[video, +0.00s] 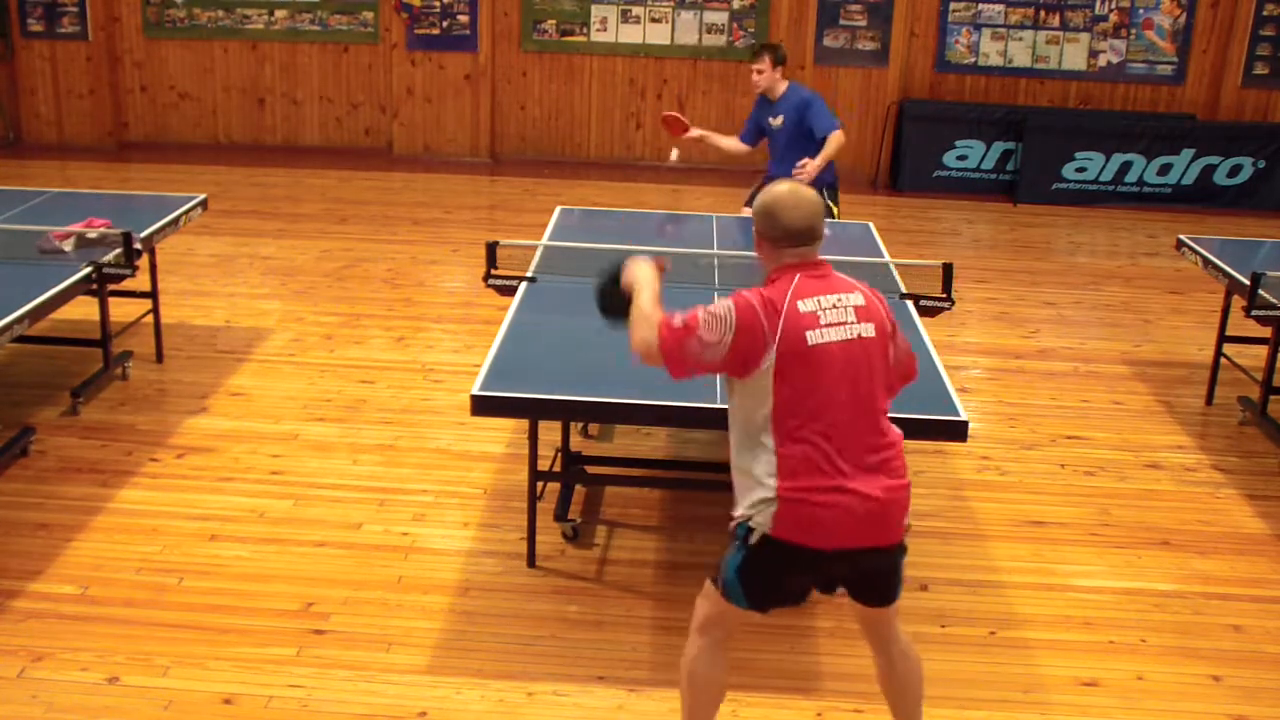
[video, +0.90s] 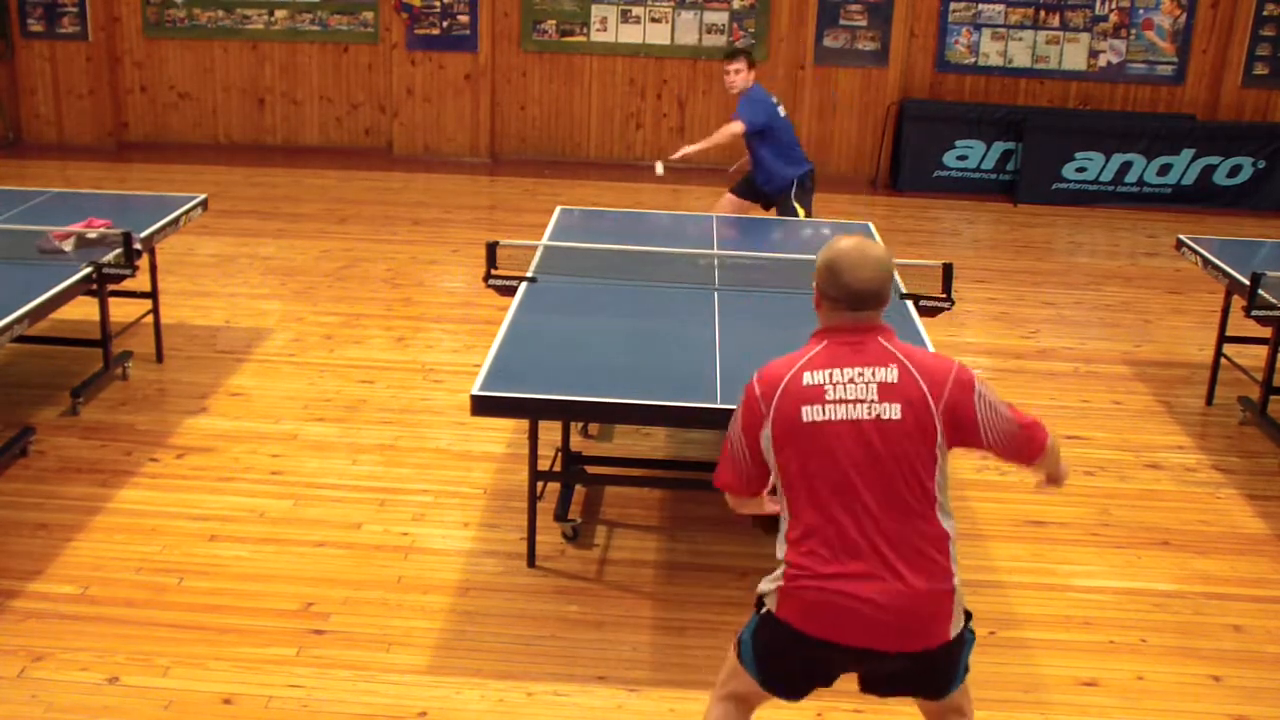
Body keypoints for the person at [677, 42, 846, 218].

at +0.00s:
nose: (754, 78)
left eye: (760, 72)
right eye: (752, 72)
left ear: (778, 72)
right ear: (750, 71)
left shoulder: (806, 99)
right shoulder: (763, 103)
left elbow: (837, 137)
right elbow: (743, 145)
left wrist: (816, 165)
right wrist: (703, 135)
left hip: (815, 185)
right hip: (777, 183)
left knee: (822, 241)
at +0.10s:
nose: (758, 69)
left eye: (765, 63)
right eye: (755, 62)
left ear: (781, 65)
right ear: (750, 62)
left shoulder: (806, 91)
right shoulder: (750, 104)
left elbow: (835, 127)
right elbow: (746, 150)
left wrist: (823, 145)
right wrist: (726, 141)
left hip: (803, 177)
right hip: (762, 177)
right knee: (740, 221)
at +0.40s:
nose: (788, 41)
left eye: (794, 35)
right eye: (782, 34)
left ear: (804, 39)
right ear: (773, 38)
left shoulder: (821, 74)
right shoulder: (759, 74)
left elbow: (830, 107)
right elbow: (744, 116)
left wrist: (828, 140)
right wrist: (756, 119)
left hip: (794, 155)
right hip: (755, 152)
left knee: (807, 213)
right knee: (739, 213)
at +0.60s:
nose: (778, 39)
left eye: (784, 32)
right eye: (773, 32)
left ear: (794, 36)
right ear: (765, 36)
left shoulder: (815, 72)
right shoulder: (750, 72)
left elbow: (832, 107)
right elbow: (739, 107)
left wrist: (816, 135)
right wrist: (742, 128)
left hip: (800, 153)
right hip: (761, 151)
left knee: (811, 211)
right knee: (738, 206)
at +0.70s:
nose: (765, 54)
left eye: (771, 48)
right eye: (760, 48)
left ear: (782, 50)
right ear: (754, 51)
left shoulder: (800, 85)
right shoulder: (745, 90)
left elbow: (820, 127)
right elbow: (741, 126)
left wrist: (786, 149)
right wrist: (730, 154)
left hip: (796, 169)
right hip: (759, 167)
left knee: (815, 225)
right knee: (732, 211)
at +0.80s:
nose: (746, 70)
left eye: (752, 64)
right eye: (741, 64)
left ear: (764, 65)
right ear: (736, 67)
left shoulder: (777, 95)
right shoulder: (749, 98)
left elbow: (779, 137)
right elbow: (753, 139)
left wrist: (737, 148)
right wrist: (737, 167)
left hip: (794, 175)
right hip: (763, 170)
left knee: (801, 236)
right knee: (729, 210)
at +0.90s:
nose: (731, 79)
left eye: (737, 72)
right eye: (727, 74)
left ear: (752, 74)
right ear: (723, 75)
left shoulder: (755, 99)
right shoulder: (755, 96)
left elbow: (734, 130)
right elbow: (771, 135)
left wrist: (694, 148)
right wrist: (750, 159)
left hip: (792, 177)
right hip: (765, 173)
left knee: (796, 238)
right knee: (722, 215)